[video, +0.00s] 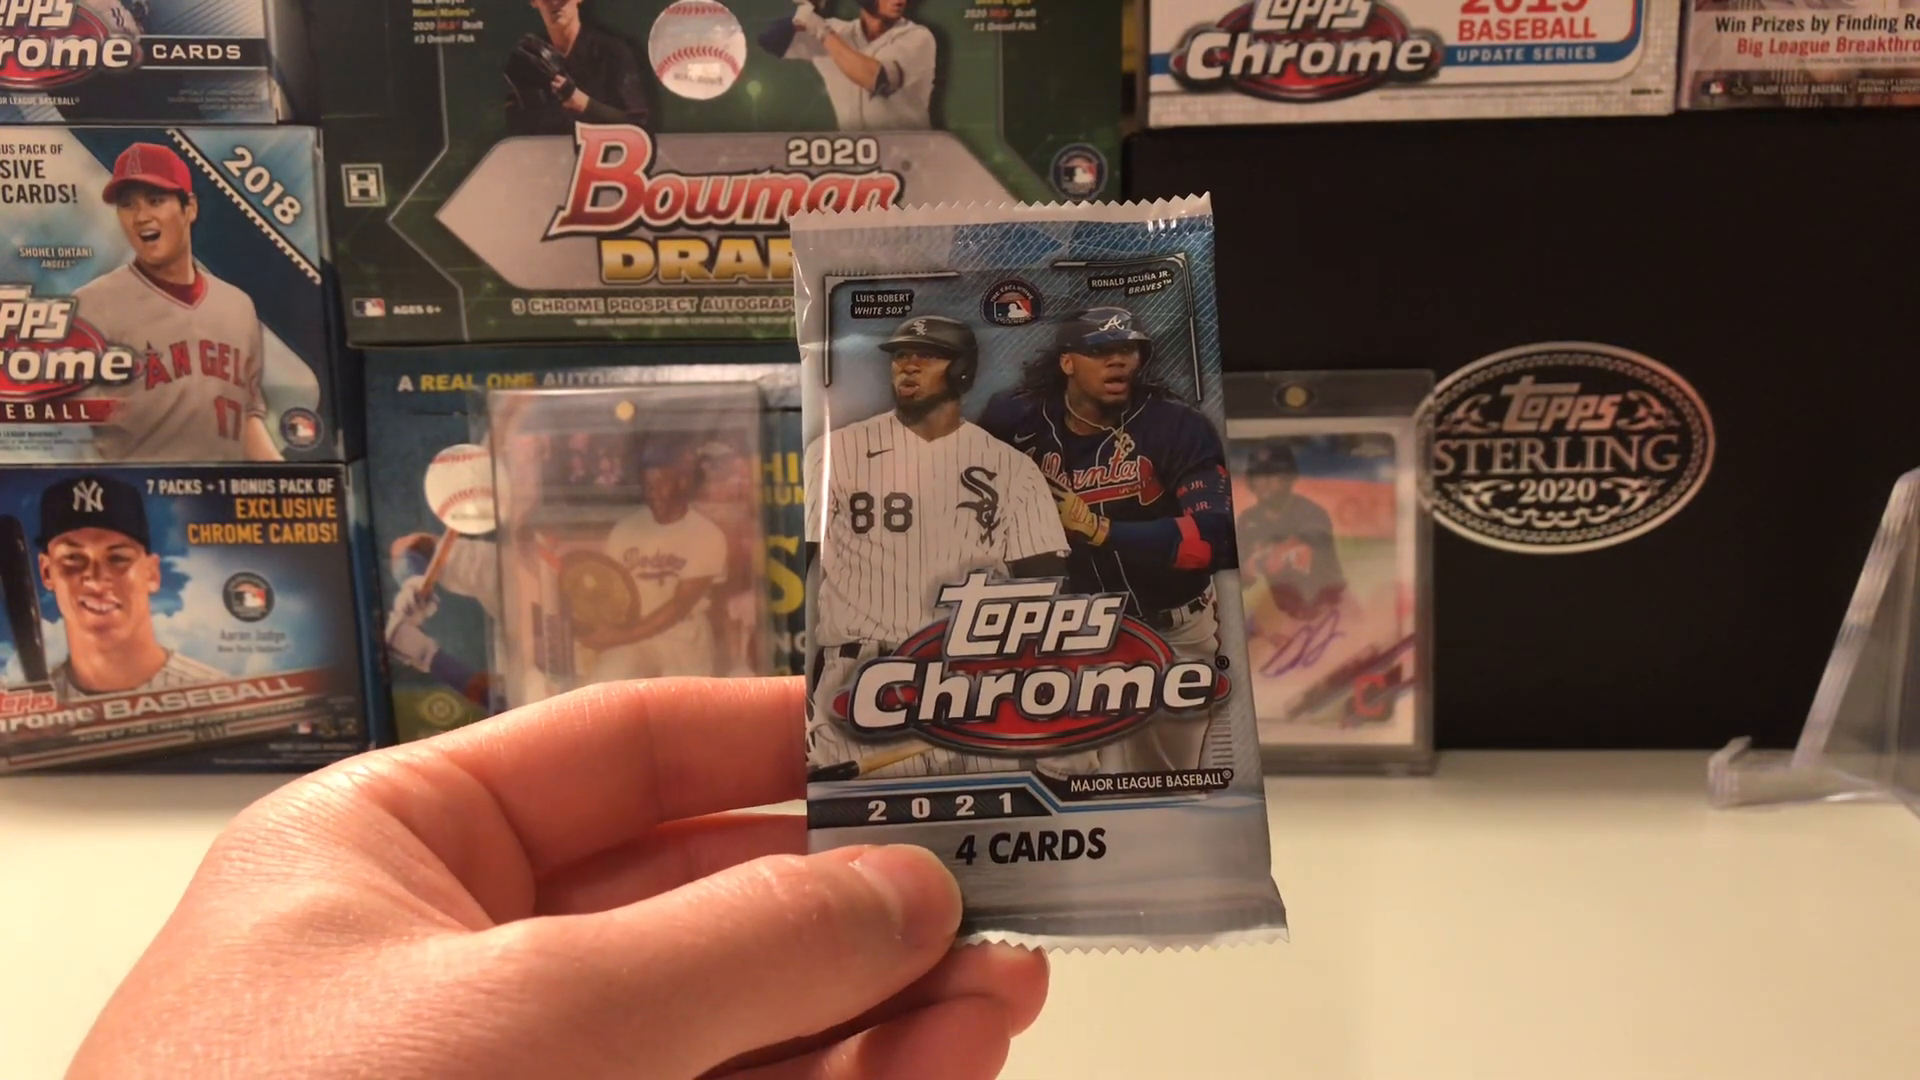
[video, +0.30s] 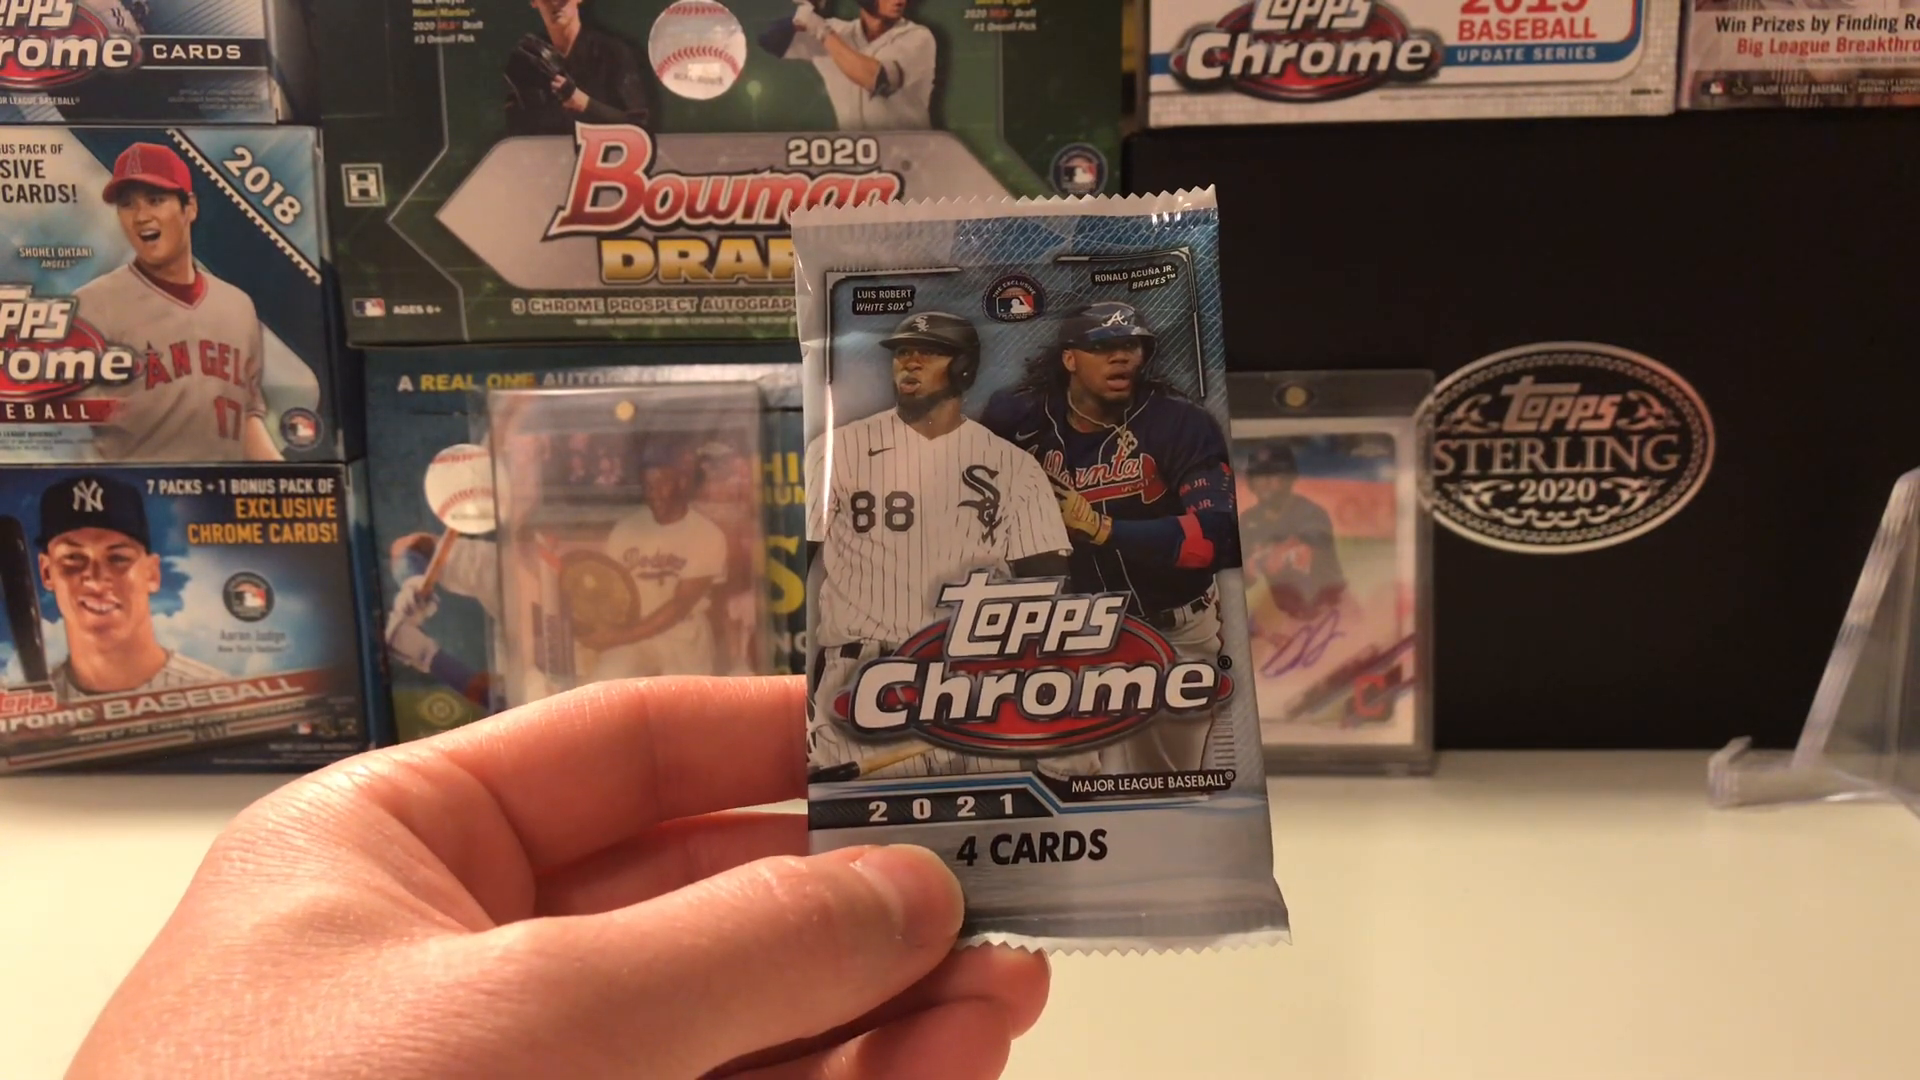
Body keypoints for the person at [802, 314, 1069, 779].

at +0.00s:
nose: (907, 367)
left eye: (925, 356)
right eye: (900, 355)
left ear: (960, 370)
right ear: (890, 365)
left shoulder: (1012, 470)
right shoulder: (832, 456)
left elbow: (1043, 592)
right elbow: (793, 574)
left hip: (972, 696)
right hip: (853, 694)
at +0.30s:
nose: (909, 364)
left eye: (926, 353)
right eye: (902, 352)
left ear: (962, 368)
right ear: (892, 362)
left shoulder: (1014, 468)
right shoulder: (834, 453)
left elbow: (1045, 587)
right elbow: (791, 571)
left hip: (973, 693)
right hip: (853, 691)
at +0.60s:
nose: (910, 364)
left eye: (927, 353)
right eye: (903, 353)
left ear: (963, 368)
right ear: (893, 362)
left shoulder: (1015, 470)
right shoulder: (836, 453)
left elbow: (1047, 590)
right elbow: (802, 571)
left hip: (970, 693)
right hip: (852, 690)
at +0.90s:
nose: (911, 365)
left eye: (928, 354)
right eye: (904, 353)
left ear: (964, 369)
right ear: (894, 363)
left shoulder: (1016, 470)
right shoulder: (838, 454)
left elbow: (1047, 591)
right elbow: (786, 568)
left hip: (971, 691)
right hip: (853, 689)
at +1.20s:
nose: (912, 365)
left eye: (930, 354)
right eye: (905, 353)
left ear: (965, 369)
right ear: (895, 363)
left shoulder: (1017, 470)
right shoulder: (837, 454)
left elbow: (1048, 590)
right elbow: (791, 567)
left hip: (972, 692)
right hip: (853, 689)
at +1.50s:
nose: (916, 366)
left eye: (933, 356)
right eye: (909, 355)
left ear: (968, 370)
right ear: (899, 365)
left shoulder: (1020, 471)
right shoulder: (840, 456)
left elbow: (1051, 594)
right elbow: (812, 571)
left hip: (975, 694)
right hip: (856, 692)